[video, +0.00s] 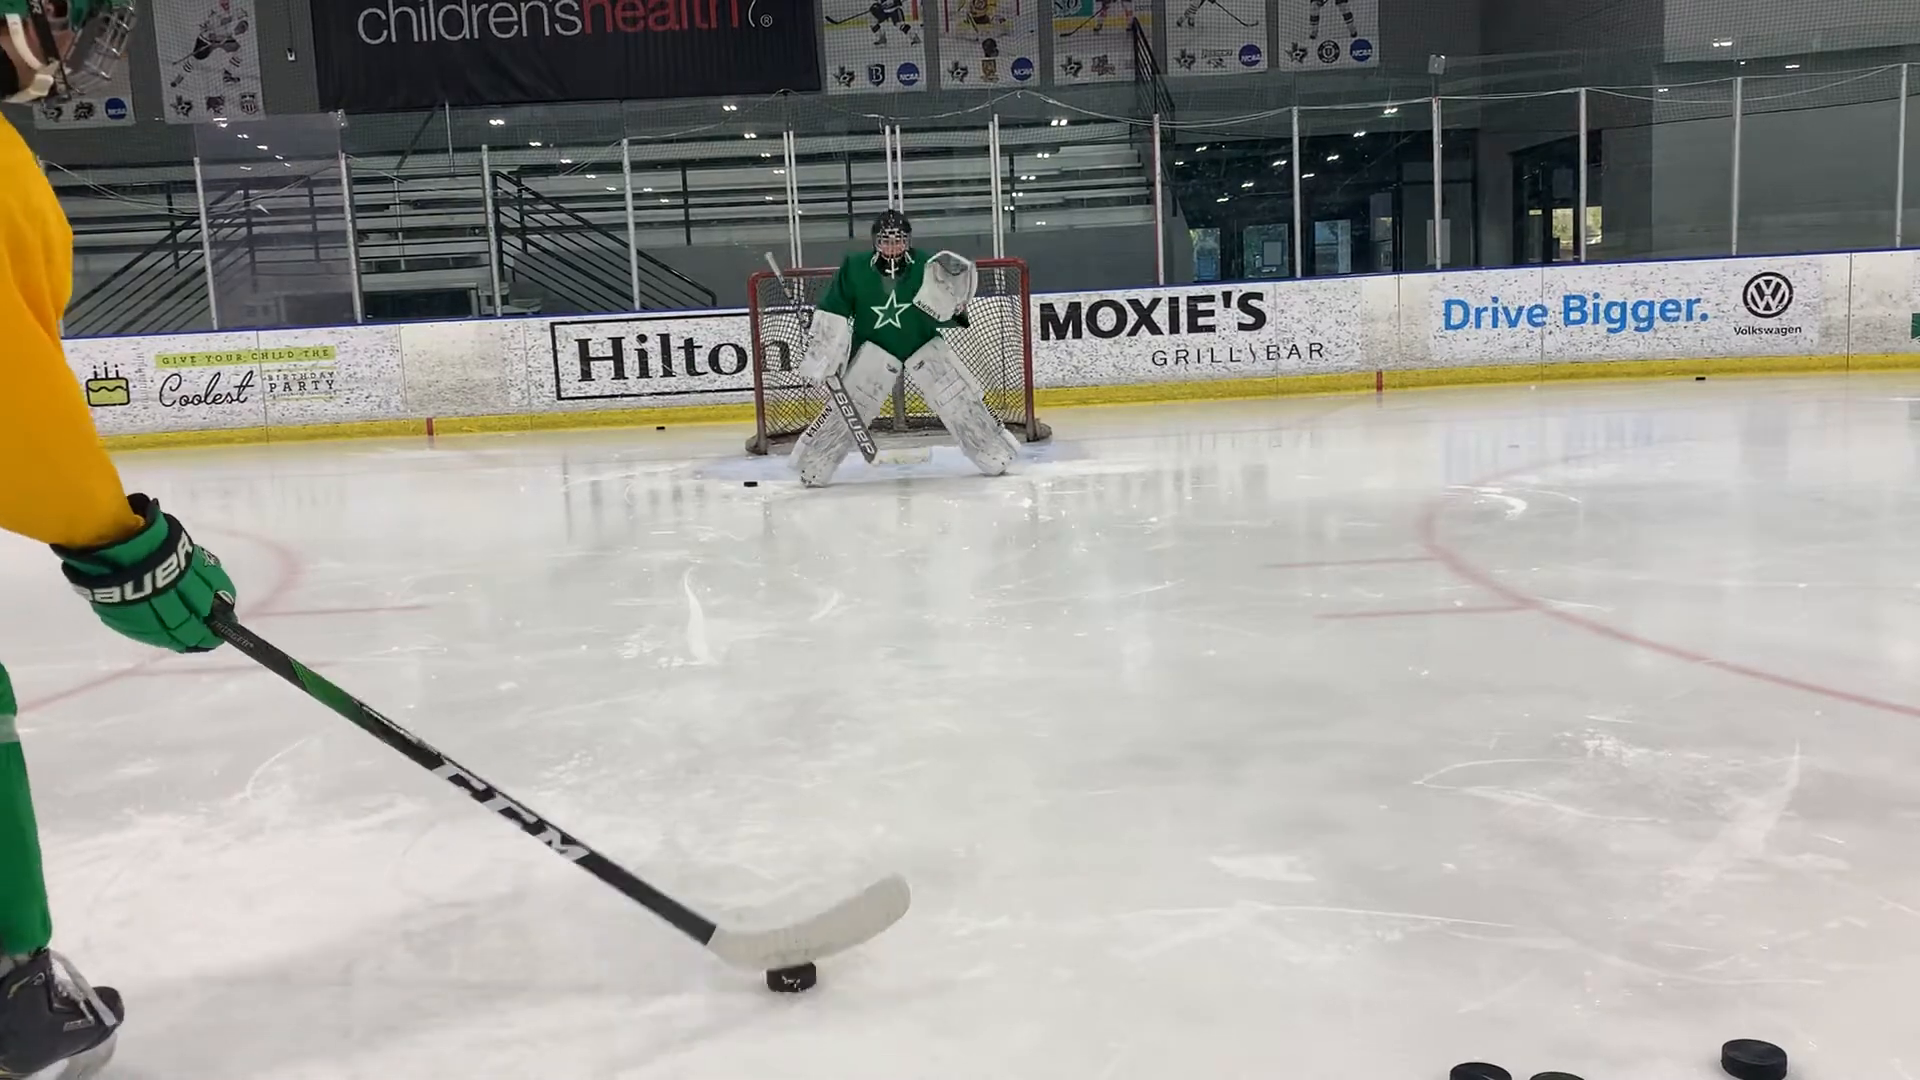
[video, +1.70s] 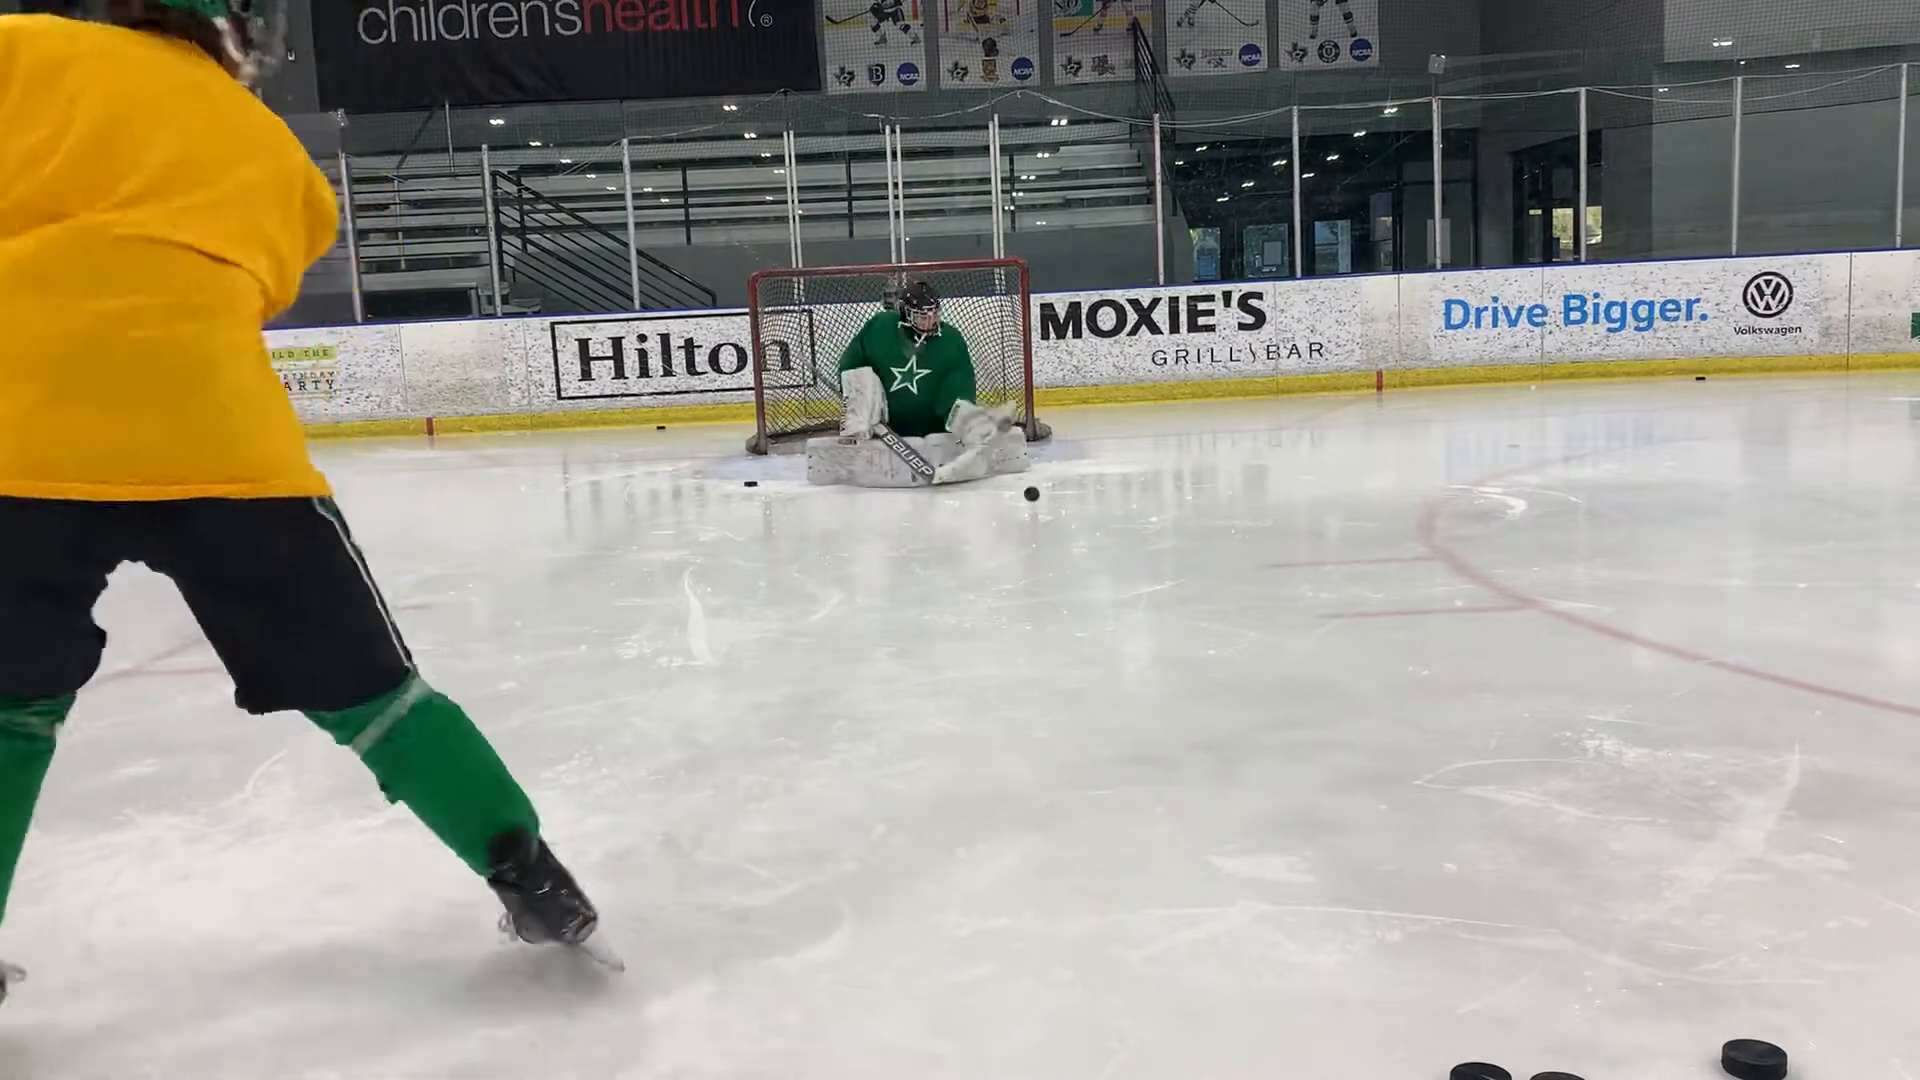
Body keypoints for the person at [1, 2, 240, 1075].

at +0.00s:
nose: (54, 53)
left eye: (56, 30)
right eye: (47, 26)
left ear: (19, 32)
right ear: (12, 26)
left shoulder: (13, 163)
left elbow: (17, 367)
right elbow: (13, 375)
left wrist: (105, 536)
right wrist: (118, 542)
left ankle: (16, 981)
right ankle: (15, 986)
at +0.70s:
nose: (178, 114)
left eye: (193, 91)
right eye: (169, 81)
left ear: (80, 48)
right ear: (88, 46)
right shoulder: (36, 197)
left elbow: (61, 415)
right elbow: (78, 447)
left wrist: (181, 554)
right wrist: (217, 574)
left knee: (27, 685)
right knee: (29, 687)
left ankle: (52, 955)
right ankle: (61, 968)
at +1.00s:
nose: (270, 150)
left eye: (278, 125)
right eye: (267, 121)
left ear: (158, 86)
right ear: (220, 106)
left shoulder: (47, 134)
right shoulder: (164, 233)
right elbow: (193, 459)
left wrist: (121, 517)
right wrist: (300, 609)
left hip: (12, 473)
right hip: (11, 485)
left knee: (132, 650)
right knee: (147, 650)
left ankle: (155, 910)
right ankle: (167, 921)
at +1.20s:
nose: (358, 146)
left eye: (366, 120)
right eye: (357, 116)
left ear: (245, 77)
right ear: (309, 95)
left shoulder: (129, 129)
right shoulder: (241, 196)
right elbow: (254, 412)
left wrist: (223, 504)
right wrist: (336, 550)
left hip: (6, 438)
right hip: (98, 453)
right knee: (248, 635)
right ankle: (324, 857)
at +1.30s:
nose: (401, 152)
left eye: (407, 125)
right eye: (400, 120)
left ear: (283, 79)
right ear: (360, 101)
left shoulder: (142, 88)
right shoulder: (347, 229)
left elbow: (60, 175)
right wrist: (430, 428)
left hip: (19, 423)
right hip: (194, 469)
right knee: (292, 666)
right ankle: (379, 851)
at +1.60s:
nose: (343, 109)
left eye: (349, 88)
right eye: (343, 84)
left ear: (223, 33)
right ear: (313, 62)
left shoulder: (71, 66)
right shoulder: (334, 175)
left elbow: (1, 261)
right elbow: (333, 284)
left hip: (79, 453)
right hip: (270, 465)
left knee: (13, 701)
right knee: (348, 704)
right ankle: (521, 861)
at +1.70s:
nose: (247, 63)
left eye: (245, 45)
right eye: (240, 45)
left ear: (98, 11)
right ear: (210, 33)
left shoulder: (18, 54)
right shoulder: (261, 133)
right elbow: (265, 284)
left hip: (23, 436)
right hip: (217, 430)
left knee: (14, 716)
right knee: (378, 699)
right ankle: (528, 872)